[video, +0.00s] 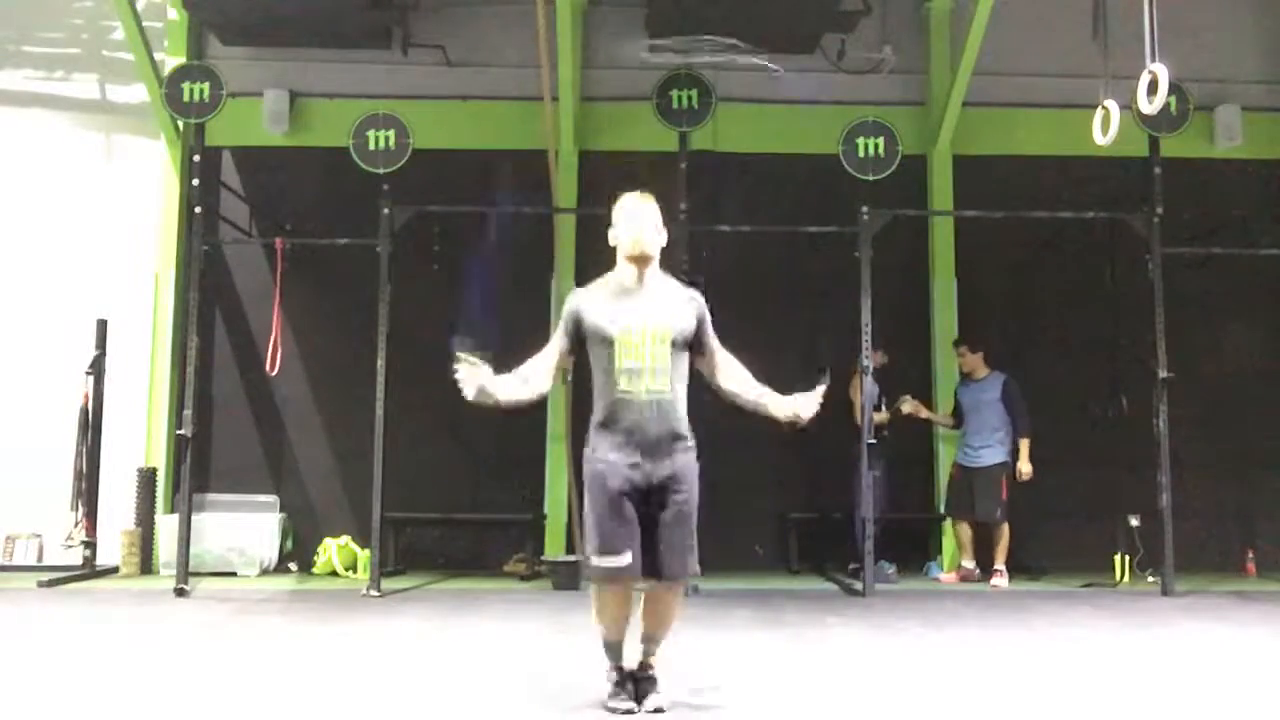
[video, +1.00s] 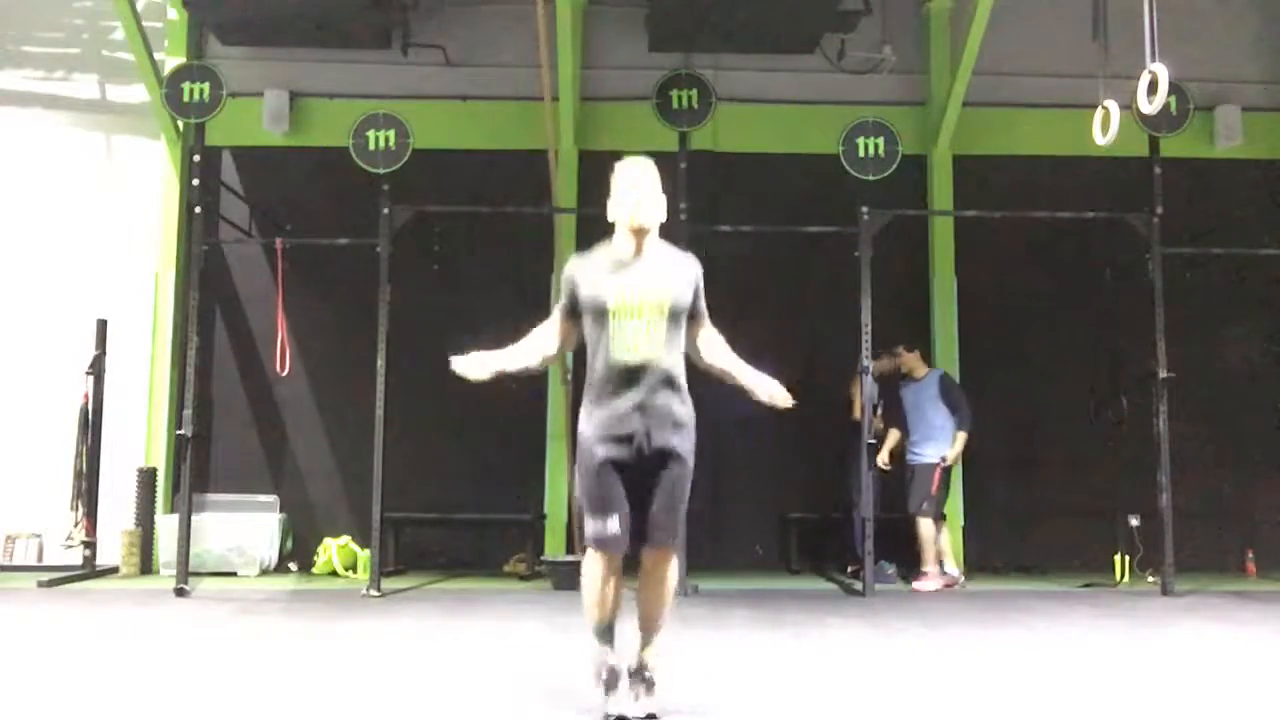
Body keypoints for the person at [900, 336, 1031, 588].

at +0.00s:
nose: (959, 361)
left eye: (963, 356)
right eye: (958, 356)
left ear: (979, 355)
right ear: (963, 357)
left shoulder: (1003, 384)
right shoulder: (962, 388)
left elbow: (1021, 421)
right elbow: (956, 423)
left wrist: (1024, 457)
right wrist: (924, 413)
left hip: (994, 460)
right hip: (965, 461)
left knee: (996, 517)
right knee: (959, 514)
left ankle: (999, 569)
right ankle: (968, 566)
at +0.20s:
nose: (956, 361)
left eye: (959, 356)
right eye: (955, 356)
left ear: (974, 355)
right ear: (964, 357)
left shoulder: (999, 384)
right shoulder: (960, 389)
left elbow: (1017, 423)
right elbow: (956, 421)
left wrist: (1012, 460)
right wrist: (924, 421)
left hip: (991, 462)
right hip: (963, 462)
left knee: (995, 518)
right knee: (958, 515)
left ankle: (999, 569)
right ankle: (957, 569)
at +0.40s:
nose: (945, 364)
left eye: (948, 358)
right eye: (944, 358)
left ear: (963, 357)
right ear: (953, 359)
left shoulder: (990, 384)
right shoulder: (950, 389)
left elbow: (999, 425)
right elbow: (945, 423)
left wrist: (983, 459)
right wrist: (915, 440)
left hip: (985, 462)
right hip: (956, 463)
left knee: (992, 517)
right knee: (953, 518)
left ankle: (998, 568)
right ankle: (954, 573)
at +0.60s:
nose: (928, 361)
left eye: (931, 355)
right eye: (928, 355)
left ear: (946, 355)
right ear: (940, 356)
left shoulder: (974, 381)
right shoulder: (934, 387)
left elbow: (987, 418)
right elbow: (931, 424)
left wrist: (965, 446)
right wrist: (915, 455)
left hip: (970, 459)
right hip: (939, 461)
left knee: (978, 515)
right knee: (945, 517)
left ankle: (996, 564)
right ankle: (952, 573)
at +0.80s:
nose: (913, 360)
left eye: (917, 355)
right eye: (913, 355)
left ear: (931, 355)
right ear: (926, 357)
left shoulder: (959, 380)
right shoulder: (918, 387)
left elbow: (973, 418)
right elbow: (914, 423)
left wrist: (954, 446)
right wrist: (904, 455)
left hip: (951, 457)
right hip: (925, 458)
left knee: (952, 513)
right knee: (935, 517)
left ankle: (981, 553)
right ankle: (949, 569)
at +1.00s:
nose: (898, 361)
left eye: (902, 355)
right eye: (896, 356)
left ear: (916, 353)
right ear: (900, 359)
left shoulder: (940, 380)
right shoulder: (902, 388)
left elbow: (964, 414)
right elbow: (898, 423)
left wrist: (956, 448)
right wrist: (886, 449)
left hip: (937, 456)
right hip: (914, 458)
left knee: (922, 512)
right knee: (932, 516)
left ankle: (931, 572)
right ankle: (951, 569)